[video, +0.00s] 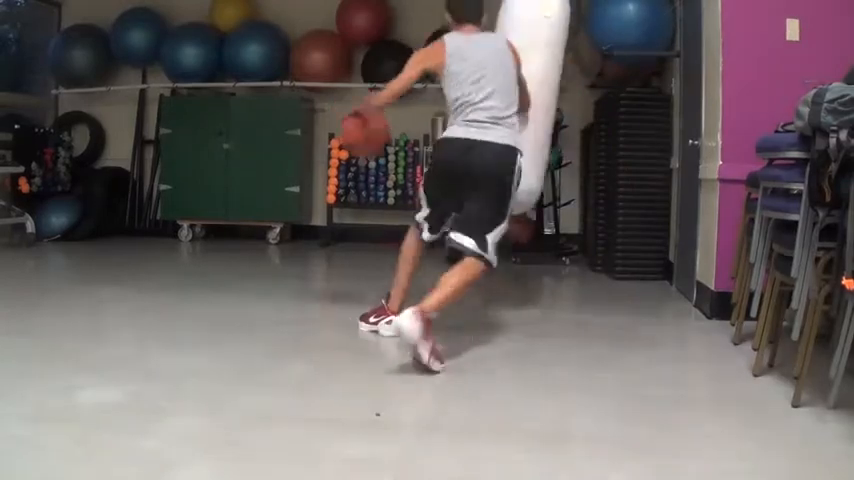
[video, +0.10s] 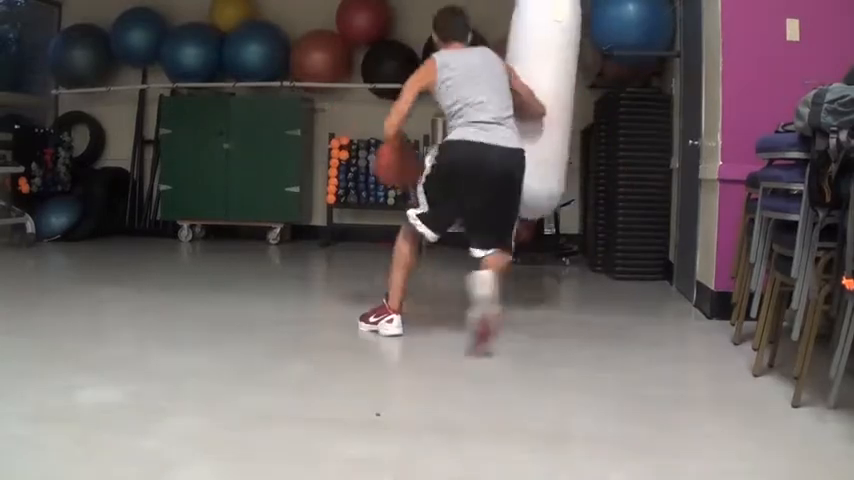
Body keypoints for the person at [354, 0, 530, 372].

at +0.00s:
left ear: (451, 18)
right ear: (482, 17)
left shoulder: (436, 49)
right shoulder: (505, 46)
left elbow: (390, 93)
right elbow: (523, 104)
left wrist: (367, 105)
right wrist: (500, 121)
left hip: (453, 150)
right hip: (499, 156)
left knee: (421, 226)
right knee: (478, 256)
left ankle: (392, 310)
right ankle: (421, 313)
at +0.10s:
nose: (439, 43)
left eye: (436, 38)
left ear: (436, 37)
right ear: (469, 34)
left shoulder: (432, 66)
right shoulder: (496, 61)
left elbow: (392, 124)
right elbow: (535, 109)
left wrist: (391, 150)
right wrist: (500, 110)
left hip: (460, 152)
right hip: (507, 156)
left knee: (413, 230)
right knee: (496, 245)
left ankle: (391, 312)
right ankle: (487, 283)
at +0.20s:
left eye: (435, 63)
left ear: (441, 60)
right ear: (477, 54)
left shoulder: (437, 82)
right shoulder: (498, 70)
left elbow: (409, 149)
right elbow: (550, 107)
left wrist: (406, 207)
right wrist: (520, 118)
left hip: (474, 154)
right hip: (521, 153)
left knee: (417, 226)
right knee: (512, 222)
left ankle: (393, 311)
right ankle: (548, 289)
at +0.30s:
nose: (451, 76)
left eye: (450, 73)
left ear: (457, 69)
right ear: (488, 62)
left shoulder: (454, 92)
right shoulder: (514, 80)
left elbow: (425, 152)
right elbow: (569, 108)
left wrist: (390, 196)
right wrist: (543, 122)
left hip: (488, 156)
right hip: (534, 153)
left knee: (429, 230)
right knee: (542, 223)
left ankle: (394, 311)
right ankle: (574, 294)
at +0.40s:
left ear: (485, 74)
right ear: (514, 73)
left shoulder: (479, 93)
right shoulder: (534, 89)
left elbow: (430, 123)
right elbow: (589, 115)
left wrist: (378, 139)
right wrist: (562, 129)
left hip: (498, 174)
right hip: (543, 174)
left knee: (442, 238)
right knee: (555, 226)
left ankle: (406, 305)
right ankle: (576, 293)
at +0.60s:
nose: (500, 80)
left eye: (501, 76)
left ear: (502, 76)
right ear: (532, 78)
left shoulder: (493, 92)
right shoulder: (551, 100)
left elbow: (442, 114)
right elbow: (591, 139)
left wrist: (401, 128)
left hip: (493, 181)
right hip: (536, 185)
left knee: (451, 223)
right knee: (555, 222)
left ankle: (438, 280)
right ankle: (574, 290)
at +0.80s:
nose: (533, 77)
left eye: (530, 73)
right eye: (534, 72)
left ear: (505, 67)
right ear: (531, 71)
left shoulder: (475, 87)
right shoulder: (527, 95)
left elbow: (454, 141)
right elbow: (522, 150)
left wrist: (437, 186)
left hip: (456, 181)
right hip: (495, 181)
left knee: (454, 224)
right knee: (540, 223)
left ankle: (433, 287)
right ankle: (573, 288)